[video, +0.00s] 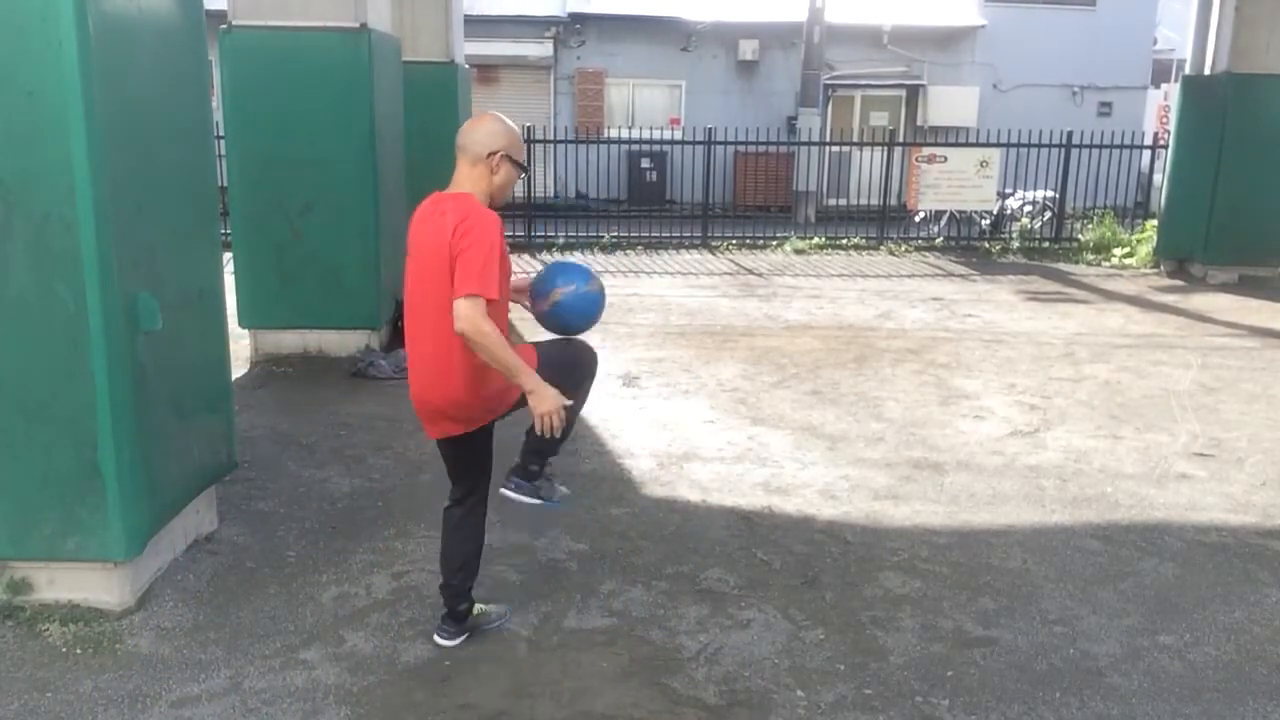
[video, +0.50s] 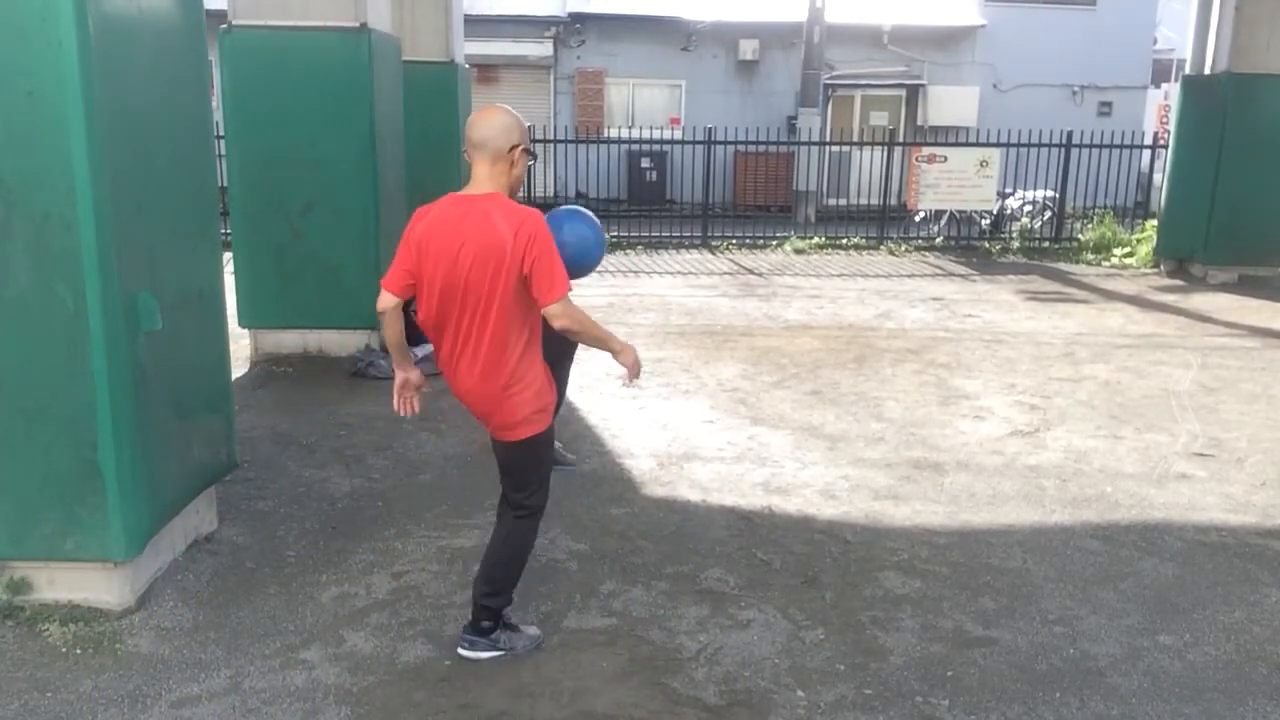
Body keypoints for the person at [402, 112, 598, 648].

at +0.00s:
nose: (517, 181)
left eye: (519, 170)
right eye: (517, 168)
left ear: (470, 159)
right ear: (495, 161)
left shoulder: (427, 211)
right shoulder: (479, 220)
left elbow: (441, 288)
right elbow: (469, 320)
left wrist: (516, 292)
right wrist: (533, 384)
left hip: (433, 388)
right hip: (478, 381)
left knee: (466, 492)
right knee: (579, 358)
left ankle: (456, 613)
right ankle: (531, 474)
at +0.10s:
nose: (517, 169)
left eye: (519, 158)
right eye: (516, 156)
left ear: (468, 152)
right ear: (494, 153)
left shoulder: (428, 206)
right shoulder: (484, 216)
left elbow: (434, 280)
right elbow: (477, 313)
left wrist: (494, 282)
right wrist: (537, 385)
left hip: (437, 383)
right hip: (480, 378)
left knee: (465, 496)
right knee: (584, 383)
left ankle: (455, 615)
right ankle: (523, 489)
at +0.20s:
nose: (516, 164)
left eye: (517, 152)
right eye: (515, 151)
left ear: (463, 148)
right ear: (496, 149)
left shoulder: (424, 208)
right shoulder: (491, 214)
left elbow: (412, 288)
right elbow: (497, 311)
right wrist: (560, 378)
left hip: (440, 389)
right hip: (492, 387)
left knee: (465, 494)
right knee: (567, 465)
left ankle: (455, 616)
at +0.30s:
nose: (521, 174)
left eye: (520, 163)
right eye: (521, 163)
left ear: (465, 161)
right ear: (509, 163)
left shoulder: (426, 223)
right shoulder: (509, 230)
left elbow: (395, 303)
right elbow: (536, 328)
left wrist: (449, 330)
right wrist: (601, 375)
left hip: (461, 392)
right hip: (507, 401)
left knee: (506, 476)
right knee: (526, 512)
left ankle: (480, 557)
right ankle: (485, 630)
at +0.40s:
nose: (526, 175)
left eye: (524, 165)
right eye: (526, 165)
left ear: (469, 162)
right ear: (515, 165)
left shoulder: (424, 226)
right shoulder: (518, 232)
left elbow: (386, 310)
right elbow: (553, 325)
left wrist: (409, 361)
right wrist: (614, 362)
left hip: (463, 384)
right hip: (510, 396)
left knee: (564, 346)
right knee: (528, 507)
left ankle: (514, 470)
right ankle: (484, 630)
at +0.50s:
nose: (527, 163)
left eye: (524, 153)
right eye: (527, 154)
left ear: (469, 155)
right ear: (516, 157)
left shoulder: (427, 220)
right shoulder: (525, 224)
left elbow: (388, 303)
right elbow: (558, 314)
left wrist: (402, 364)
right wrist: (616, 345)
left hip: (467, 379)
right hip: (519, 391)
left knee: (563, 324)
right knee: (521, 507)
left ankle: (539, 448)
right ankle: (484, 626)